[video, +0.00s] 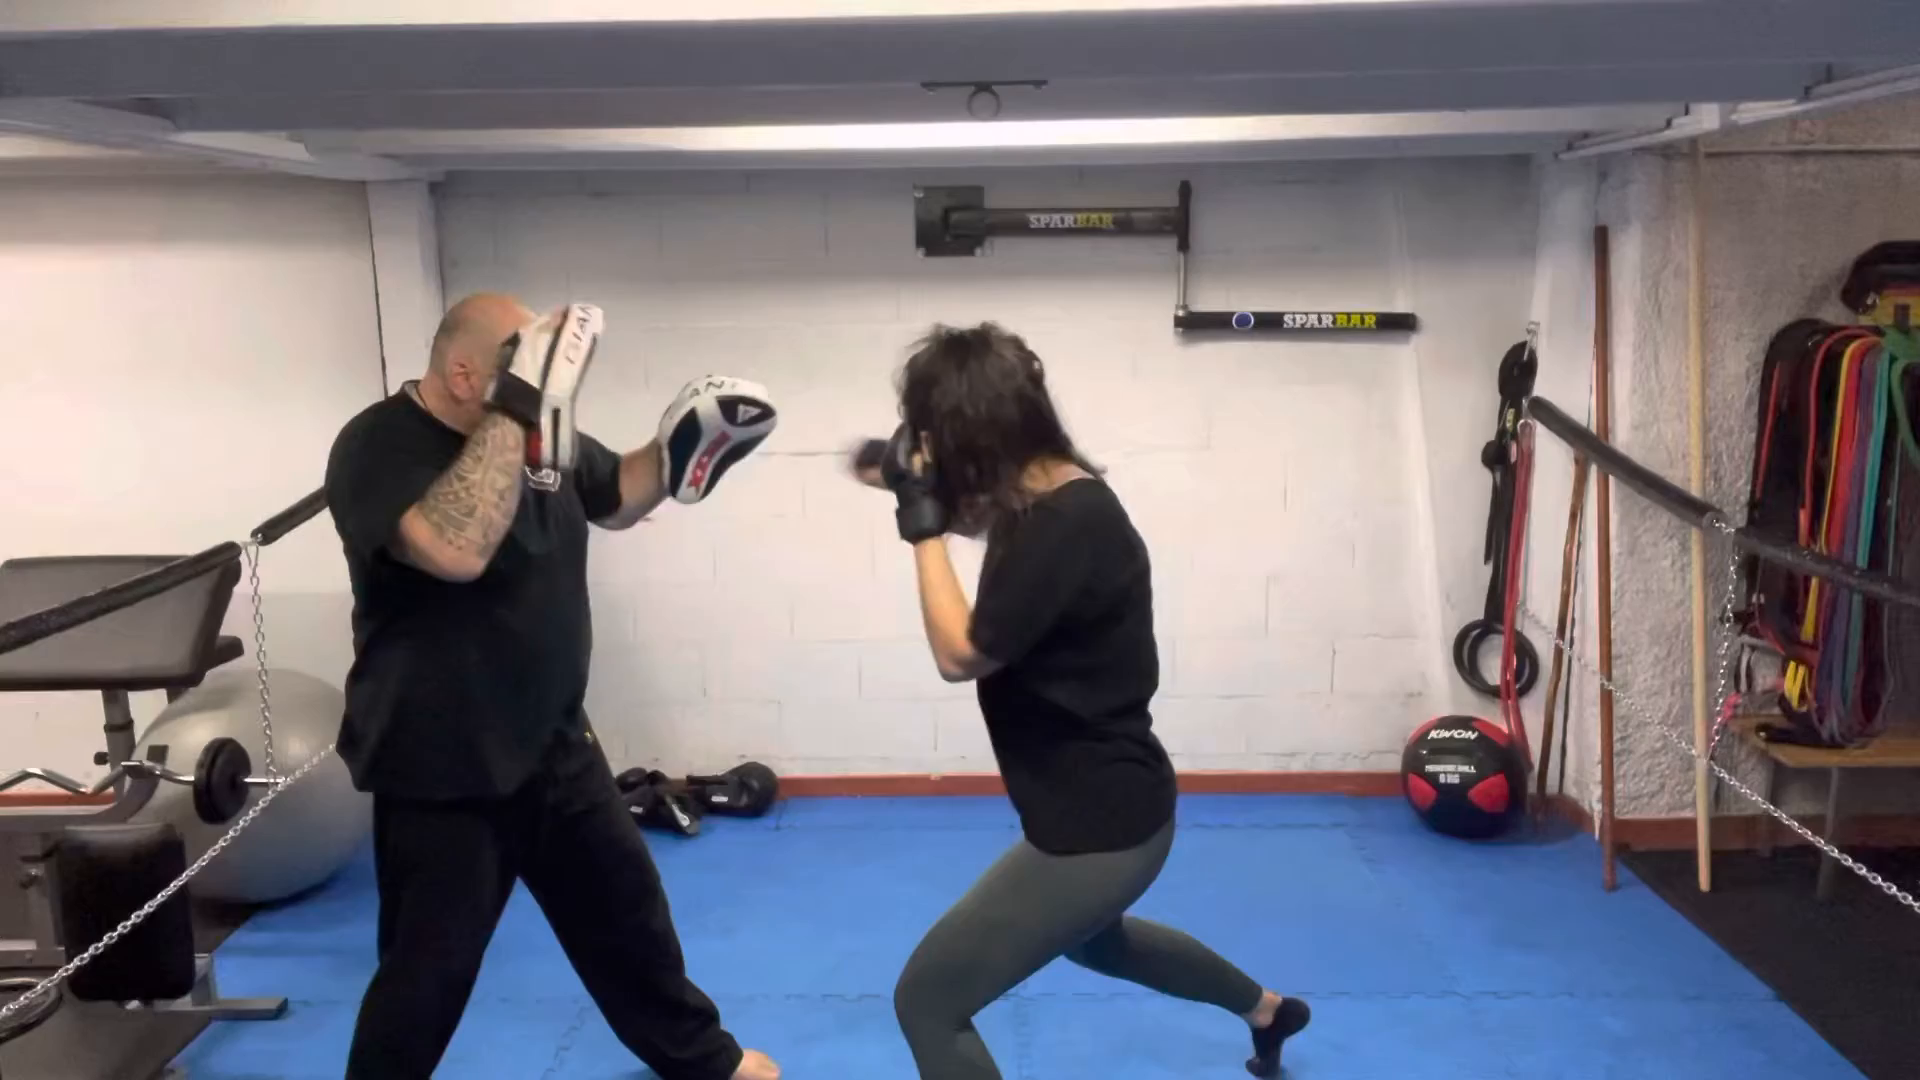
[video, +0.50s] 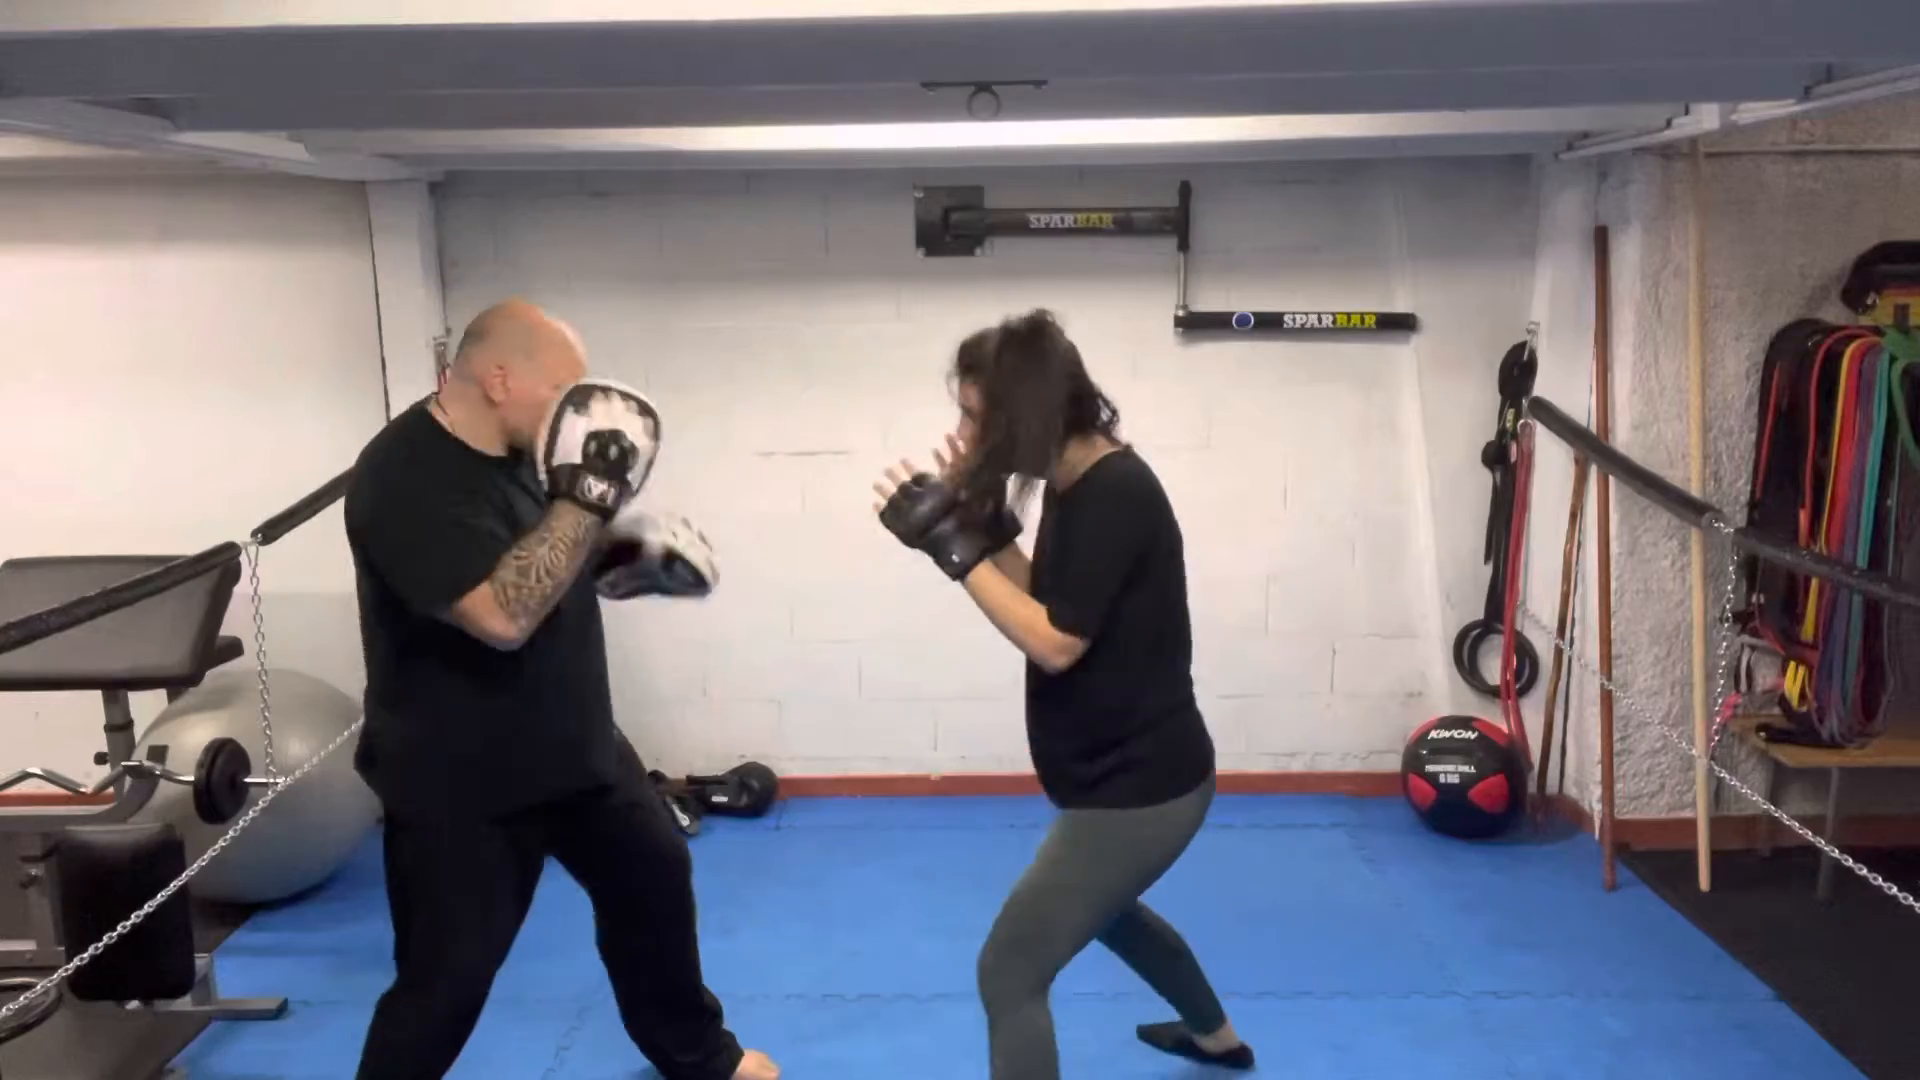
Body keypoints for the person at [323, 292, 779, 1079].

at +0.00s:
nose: (520, 386)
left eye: (525, 373)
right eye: (507, 372)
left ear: (512, 377)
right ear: (458, 373)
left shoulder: (530, 435)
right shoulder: (374, 446)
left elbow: (613, 490)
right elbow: (455, 546)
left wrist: (683, 444)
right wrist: (512, 412)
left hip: (549, 745)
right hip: (437, 766)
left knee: (624, 911)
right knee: (427, 972)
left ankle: (703, 1058)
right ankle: (379, 1077)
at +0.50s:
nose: (573, 409)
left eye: (577, 393)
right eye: (562, 390)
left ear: (498, 380)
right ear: (497, 379)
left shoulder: (527, 458)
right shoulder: (398, 475)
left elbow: (565, 568)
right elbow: (501, 612)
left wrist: (635, 564)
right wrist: (589, 495)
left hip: (572, 753)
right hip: (457, 782)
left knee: (652, 871)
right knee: (444, 980)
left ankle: (694, 1052)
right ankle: (388, 1075)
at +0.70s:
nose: (573, 381)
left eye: (593, 372)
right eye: (557, 359)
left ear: (607, 391)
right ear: (513, 357)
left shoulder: (607, 440)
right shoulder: (417, 444)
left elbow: (621, 504)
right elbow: (439, 563)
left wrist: (693, 553)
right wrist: (517, 429)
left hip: (626, 750)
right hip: (487, 768)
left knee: (700, 897)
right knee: (438, 968)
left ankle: (705, 1050)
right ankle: (387, 1076)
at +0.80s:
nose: (631, 392)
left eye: (635, 373)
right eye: (617, 373)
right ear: (552, 366)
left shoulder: (649, 434)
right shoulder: (441, 429)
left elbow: (714, 474)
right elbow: (394, 535)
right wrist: (498, 414)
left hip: (634, 749)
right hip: (492, 761)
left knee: (700, 895)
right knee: (438, 949)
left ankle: (705, 1052)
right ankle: (388, 1073)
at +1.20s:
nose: (671, 399)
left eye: (677, 380)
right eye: (652, 380)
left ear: (681, 383)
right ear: (600, 379)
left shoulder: (683, 454)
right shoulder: (497, 425)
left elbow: (778, 497)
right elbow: (472, 481)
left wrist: (899, 472)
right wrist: (591, 374)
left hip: (640, 740)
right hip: (503, 760)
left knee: (735, 868)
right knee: (441, 967)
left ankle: (758, 1024)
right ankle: (393, 1071)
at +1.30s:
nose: (702, 388)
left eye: (709, 376)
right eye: (686, 366)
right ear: (629, 367)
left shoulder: (697, 467)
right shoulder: (553, 427)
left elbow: (788, 511)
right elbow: (664, 433)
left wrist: (905, 481)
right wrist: (750, 333)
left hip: (647, 738)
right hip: (530, 746)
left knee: (734, 866)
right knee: (457, 960)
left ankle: (792, 1023)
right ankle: (394, 1070)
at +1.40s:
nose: (756, 402)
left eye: (758, 388)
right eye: (742, 386)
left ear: (683, 371)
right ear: (678, 373)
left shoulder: (716, 470)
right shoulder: (636, 427)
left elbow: (795, 525)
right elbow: (811, 402)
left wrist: (909, 485)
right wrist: (905, 328)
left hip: (678, 731)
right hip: (578, 733)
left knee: (755, 845)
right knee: (492, 942)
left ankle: (792, 1020)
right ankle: (403, 1074)